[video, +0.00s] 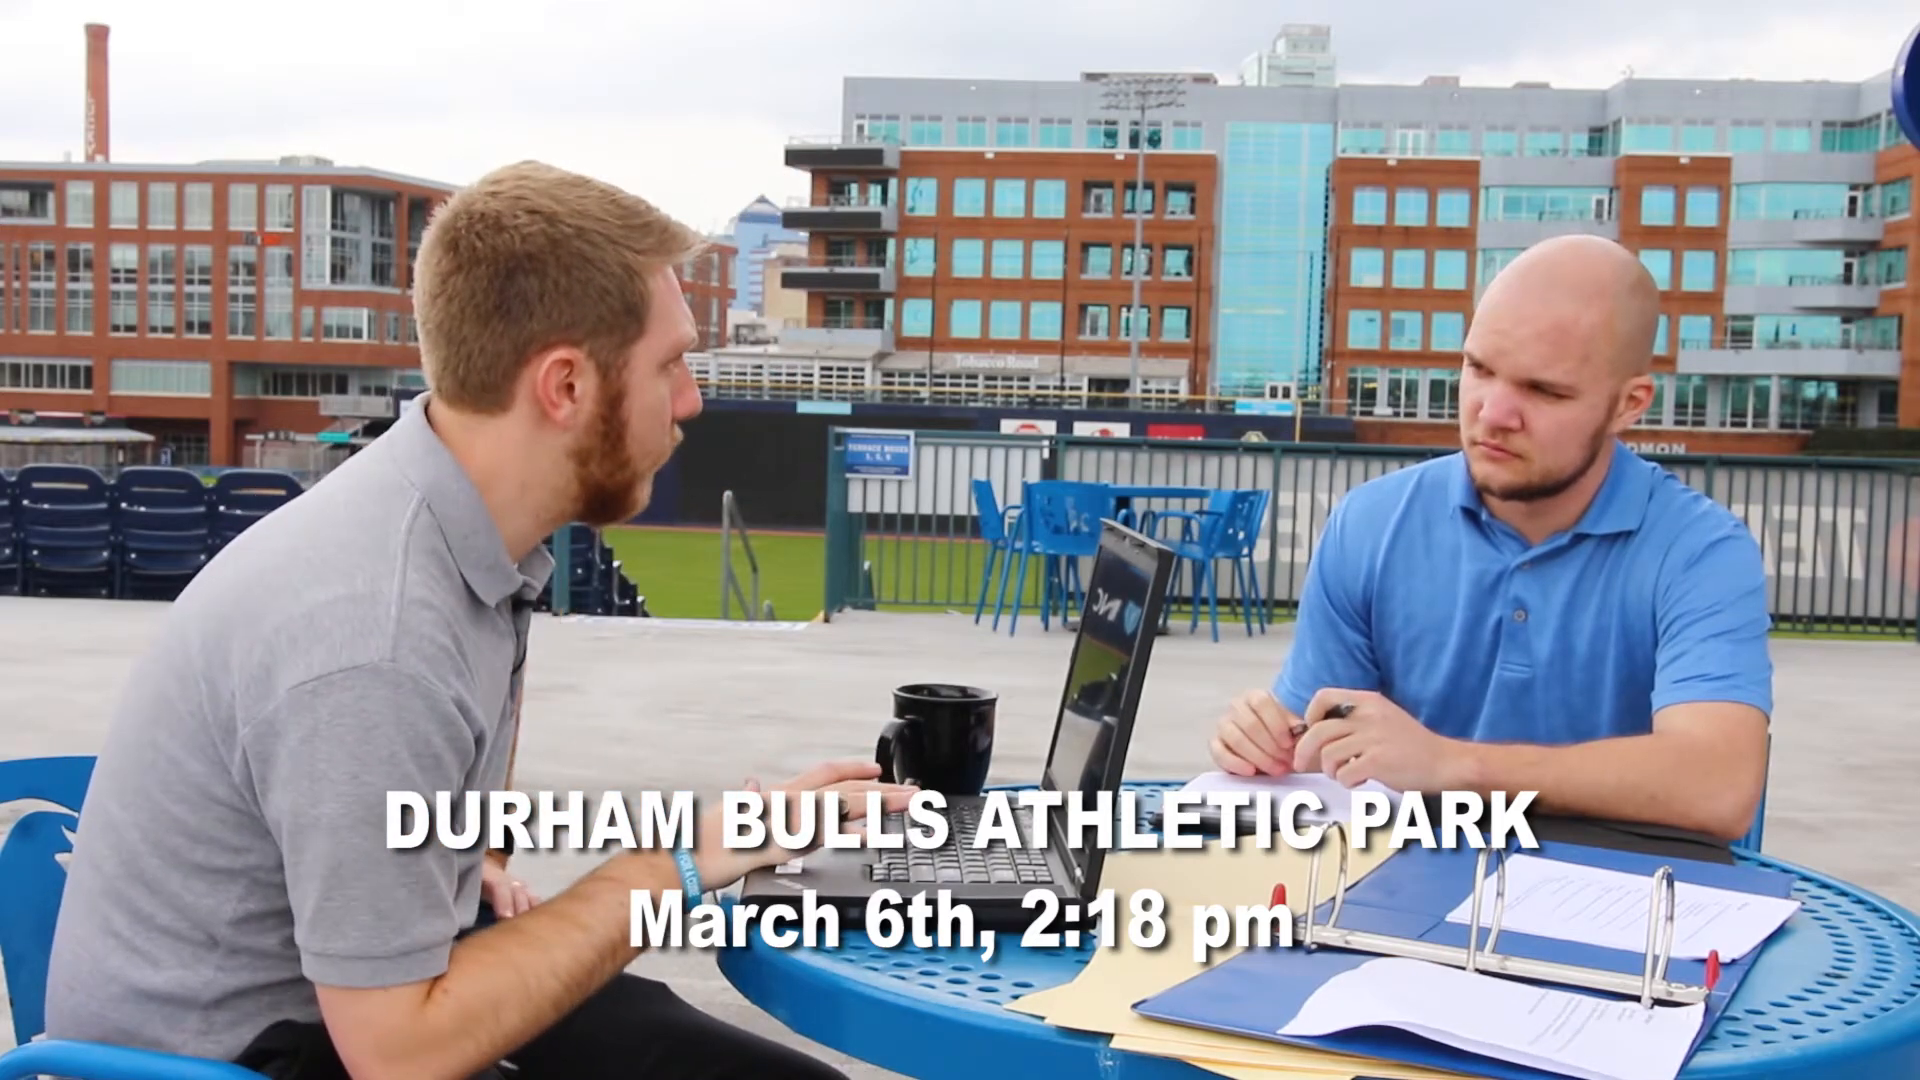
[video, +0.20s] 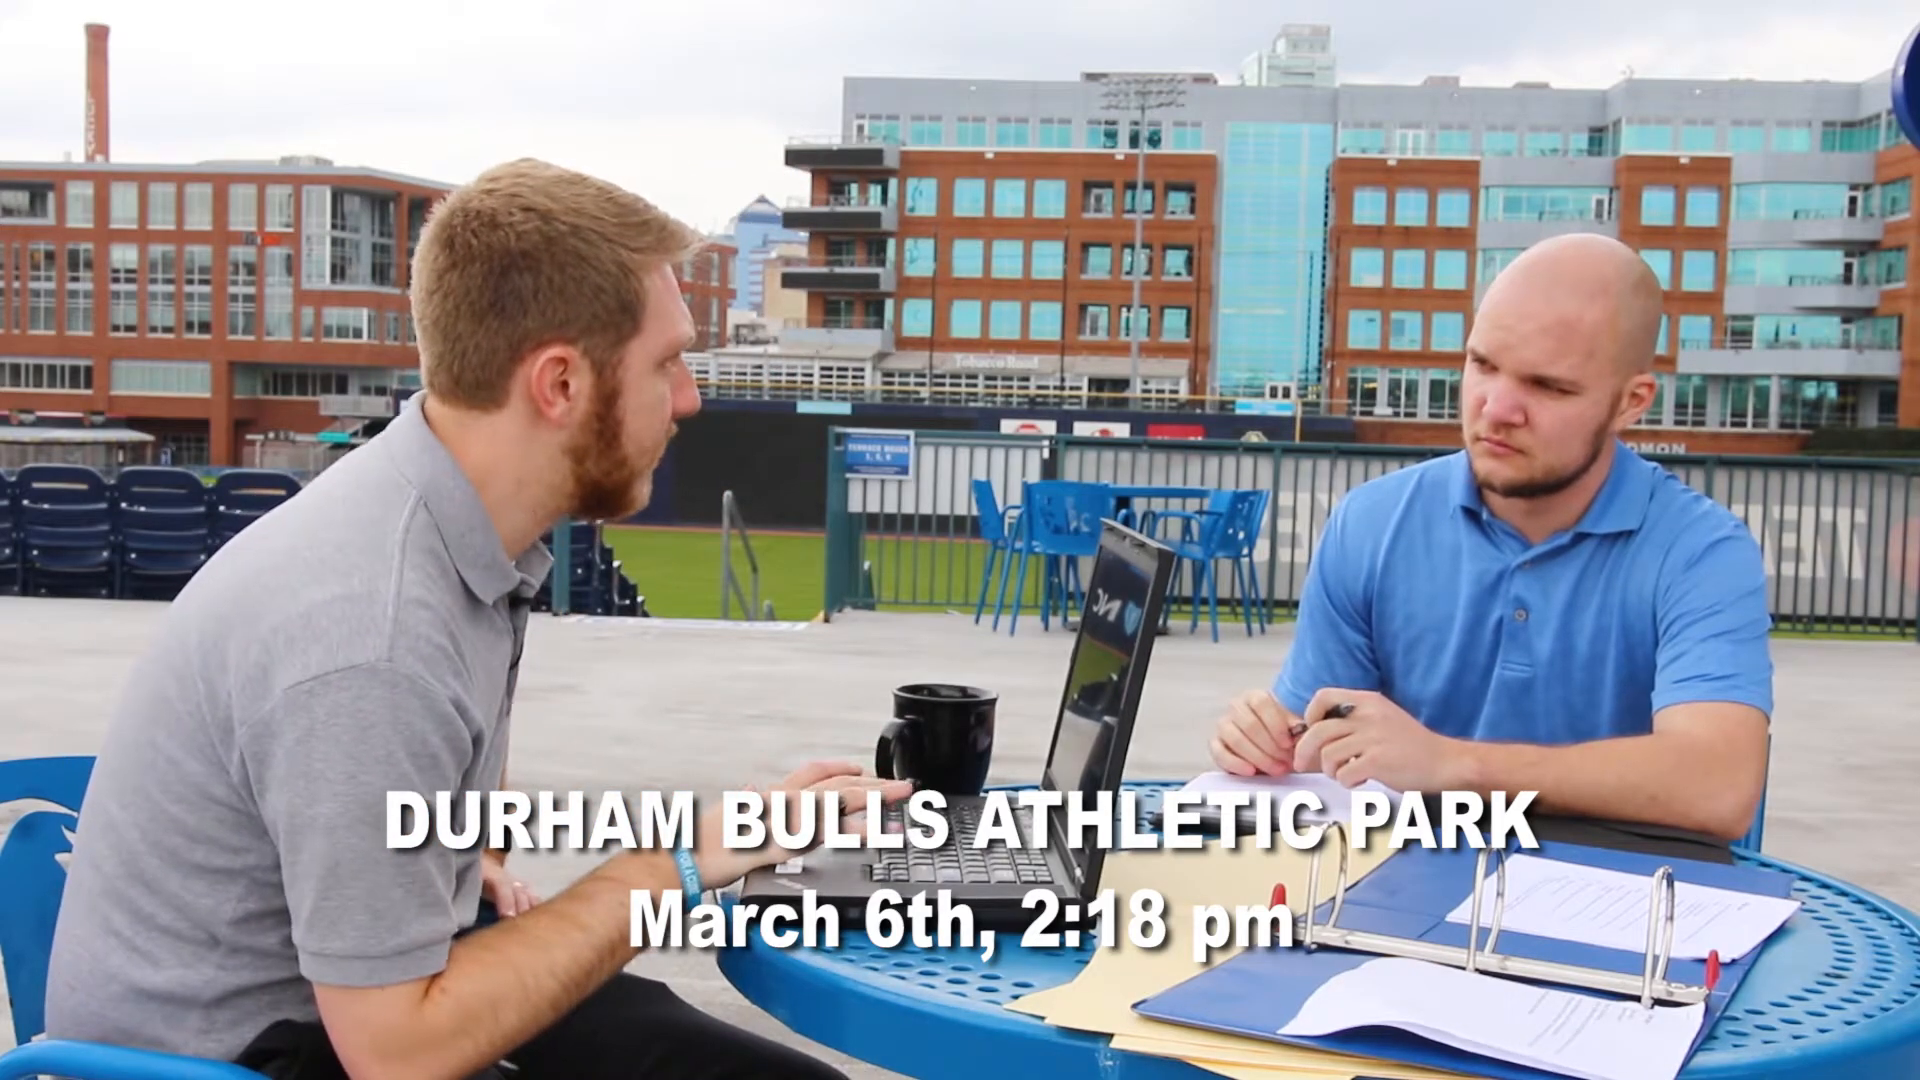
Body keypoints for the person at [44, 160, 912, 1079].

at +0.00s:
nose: (694, 402)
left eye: (688, 365)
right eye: (674, 369)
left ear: (562, 389)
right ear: (565, 389)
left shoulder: (464, 526)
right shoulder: (365, 642)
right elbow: (404, 1047)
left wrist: (467, 857)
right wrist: (690, 860)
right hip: (212, 1048)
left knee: (803, 1063)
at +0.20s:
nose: (692, 400)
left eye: (685, 363)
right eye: (670, 367)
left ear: (555, 388)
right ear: (559, 388)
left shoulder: (458, 525)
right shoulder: (362, 641)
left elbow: (444, 755)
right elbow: (400, 1048)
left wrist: (474, 860)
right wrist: (685, 859)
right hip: (212, 1048)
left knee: (798, 1064)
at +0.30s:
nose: (685, 393)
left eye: (678, 356)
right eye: (660, 362)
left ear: (539, 391)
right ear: (546, 389)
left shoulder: (455, 521)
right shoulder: (355, 640)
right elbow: (399, 1046)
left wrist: (458, 841)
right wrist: (687, 856)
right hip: (212, 1042)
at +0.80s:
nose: (674, 395)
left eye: (666, 359)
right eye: (648, 365)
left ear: (520, 397)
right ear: (529, 395)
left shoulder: (428, 526)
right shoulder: (334, 650)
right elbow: (399, 1050)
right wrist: (664, 866)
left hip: (346, 972)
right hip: (213, 1046)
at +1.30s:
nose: (670, 360)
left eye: (656, 324)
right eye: (641, 335)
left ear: (527, 387)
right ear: (528, 388)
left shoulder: (429, 516)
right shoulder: (339, 629)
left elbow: (429, 749)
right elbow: (429, 1032)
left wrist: (613, 675)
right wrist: (662, 796)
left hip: (370, 974)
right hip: (227, 1042)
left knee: (811, 1072)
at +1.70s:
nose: (684, 397)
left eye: (677, 361)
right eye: (660, 368)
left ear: (532, 386)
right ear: (545, 391)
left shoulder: (415, 513)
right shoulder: (334, 618)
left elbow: (395, 781)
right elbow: (389, 1027)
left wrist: (629, 770)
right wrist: (694, 861)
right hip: (226, 1044)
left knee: (644, 1010)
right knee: (639, 1031)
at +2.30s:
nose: (676, 389)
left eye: (668, 352)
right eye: (650, 360)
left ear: (525, 388)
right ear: (535, 390)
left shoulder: (418, 516)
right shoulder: (326, 623)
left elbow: (411, 783)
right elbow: (383, 1033)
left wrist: (629, 789)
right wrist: (692, 872)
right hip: (216, 1046)